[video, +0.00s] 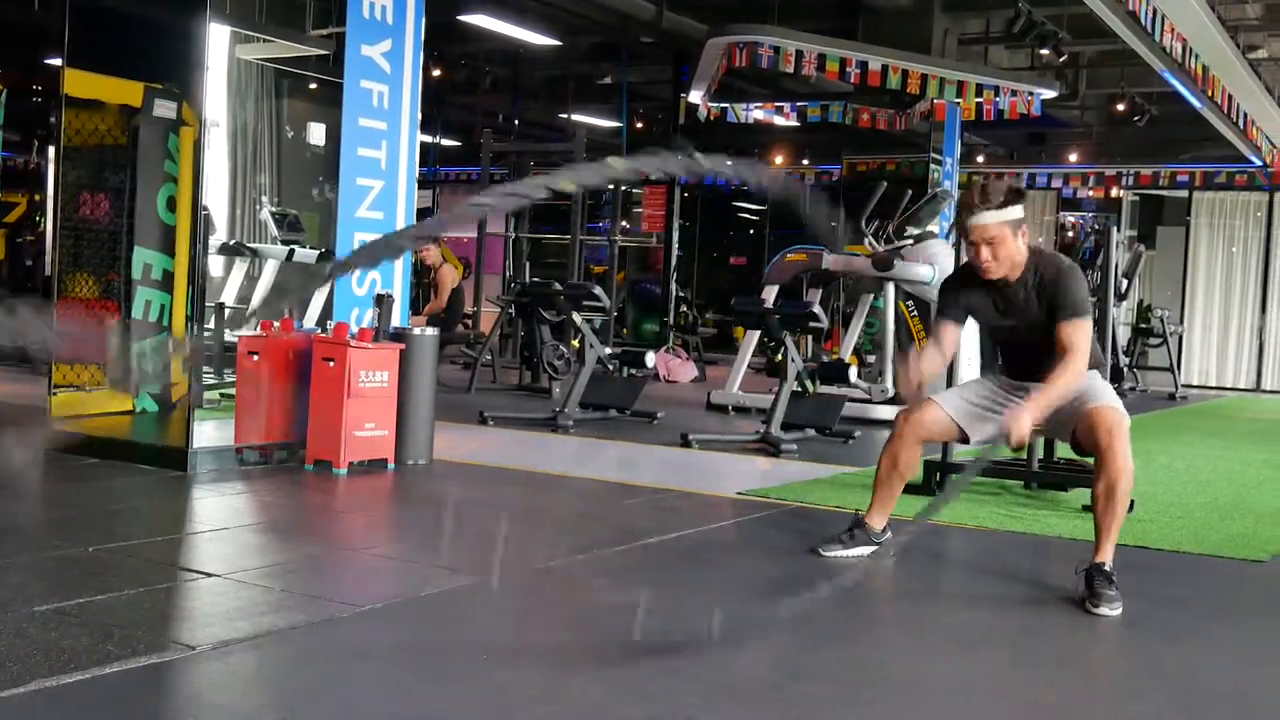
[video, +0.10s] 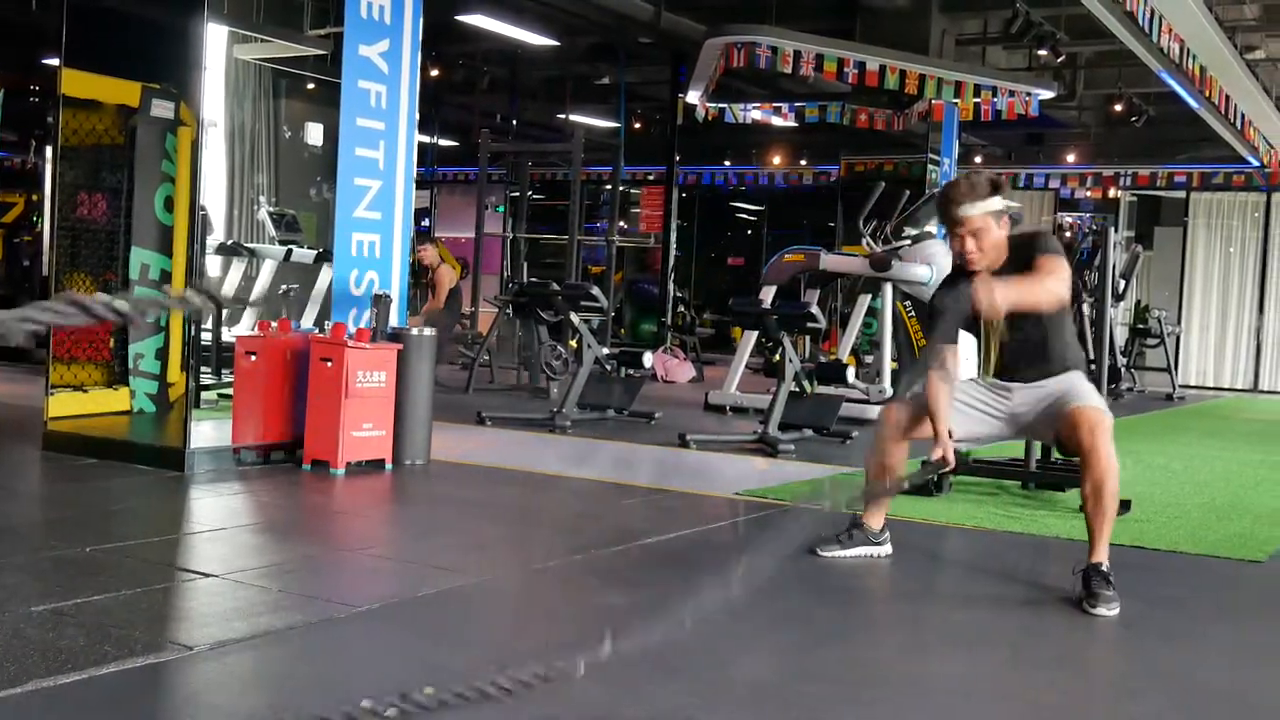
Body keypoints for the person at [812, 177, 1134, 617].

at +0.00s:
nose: (981, 255)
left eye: (991, 243)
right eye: (973, 245)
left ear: (1022, 236)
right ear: (965, 243)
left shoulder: (1062, 276)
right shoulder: (963, 283)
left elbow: (1077, 358)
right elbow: (941, 345)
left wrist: (1033, 408)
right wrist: (917, 370)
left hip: (1068, 387)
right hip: (1003, 387)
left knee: (1114, 430)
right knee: (911, 423)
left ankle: (1102, 566)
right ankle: (872, 529)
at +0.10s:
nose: (965, 247)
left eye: (975, 234)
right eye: (956, 236)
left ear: (1003, 225)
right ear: (948, 236)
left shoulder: (1041, 246)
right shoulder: (954, 290)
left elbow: (1056, 289)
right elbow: (939, 368)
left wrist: (1003, 292)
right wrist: (942, 433)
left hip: (1060, 389)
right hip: (992, 394)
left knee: (1096, 430)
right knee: (893, 417)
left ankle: (1098, 566)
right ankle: (871, 529)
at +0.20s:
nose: (946, 230)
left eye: (954, 218)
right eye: (937, 224)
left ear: (976, 213)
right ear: (928, 224)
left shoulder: (1008, 232)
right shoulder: (926, 275)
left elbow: (1021, 269)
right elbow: (905, 338)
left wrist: (965, 251)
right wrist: (901, 389)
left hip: (1027, 374)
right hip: (963, 380)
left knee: (1053, 435)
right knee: (869, 415)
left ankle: (1091, 565)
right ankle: (866, 530)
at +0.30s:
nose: (910, 237)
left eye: (919, 226)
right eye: (902, 228)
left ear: (949, 210)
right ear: (893, 220)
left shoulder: (986, 240)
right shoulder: (891, 239)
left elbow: (990, 320)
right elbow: (852, 277)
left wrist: (939, 342)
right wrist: (822, 286)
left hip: (987, 362)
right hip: (922, 365)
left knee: (1014, 418)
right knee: (841, 413)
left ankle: (1022, 553)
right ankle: (859, 527)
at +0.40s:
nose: (884, 243)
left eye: (894, 232)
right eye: (879, 233)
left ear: (925, 219)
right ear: (873, 224)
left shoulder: (958, 256)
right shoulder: (877, 238)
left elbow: (961, 345)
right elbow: (826, 250)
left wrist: (920, 402)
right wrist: (808, 231)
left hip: (951, 359)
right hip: (893, 352)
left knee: (981, 417)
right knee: (806, 393)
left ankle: (942, 532)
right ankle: (805, 506)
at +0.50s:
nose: (864, 243)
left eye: (875, 233)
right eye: (857, 233)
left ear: (905, 223)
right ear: (849, 227)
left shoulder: (935, 265)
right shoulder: (844, 256)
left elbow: (941, 346)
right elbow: (810, 311)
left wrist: (903, 401)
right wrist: (802, 293)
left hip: (923, 373)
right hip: (860, 364)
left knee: (956, 424)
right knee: (771, 408)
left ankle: (932, 538)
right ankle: (699, 494)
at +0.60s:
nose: (835, 235)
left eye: (846, 223)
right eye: (828, 223)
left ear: (873, 217)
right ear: (820, 220)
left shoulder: (899, 252)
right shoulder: (807, 265)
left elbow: (908, 301)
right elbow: (788, 329)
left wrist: (872, 317)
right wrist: (790, 384)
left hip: (879, 373)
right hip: (813, 372)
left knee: (923, 416)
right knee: (727, 413)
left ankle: (928, 538)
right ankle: (679, 506)